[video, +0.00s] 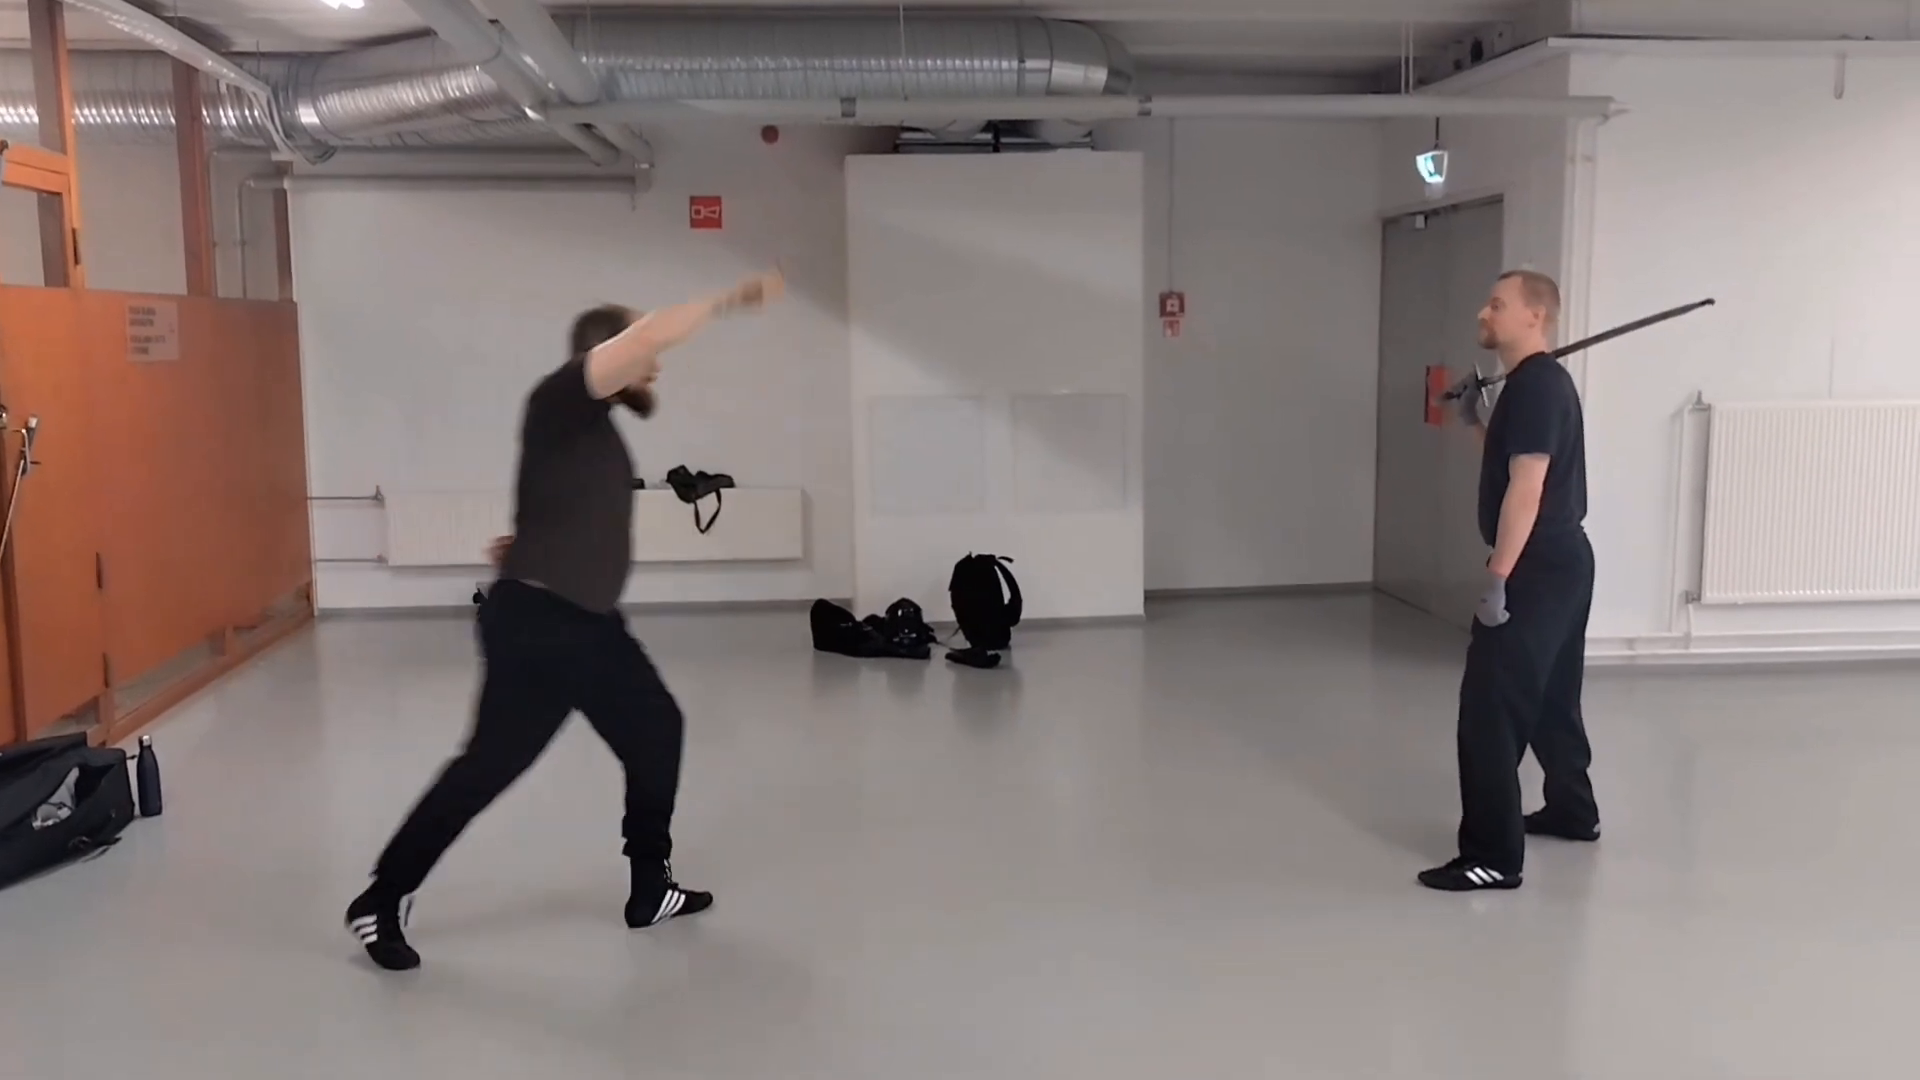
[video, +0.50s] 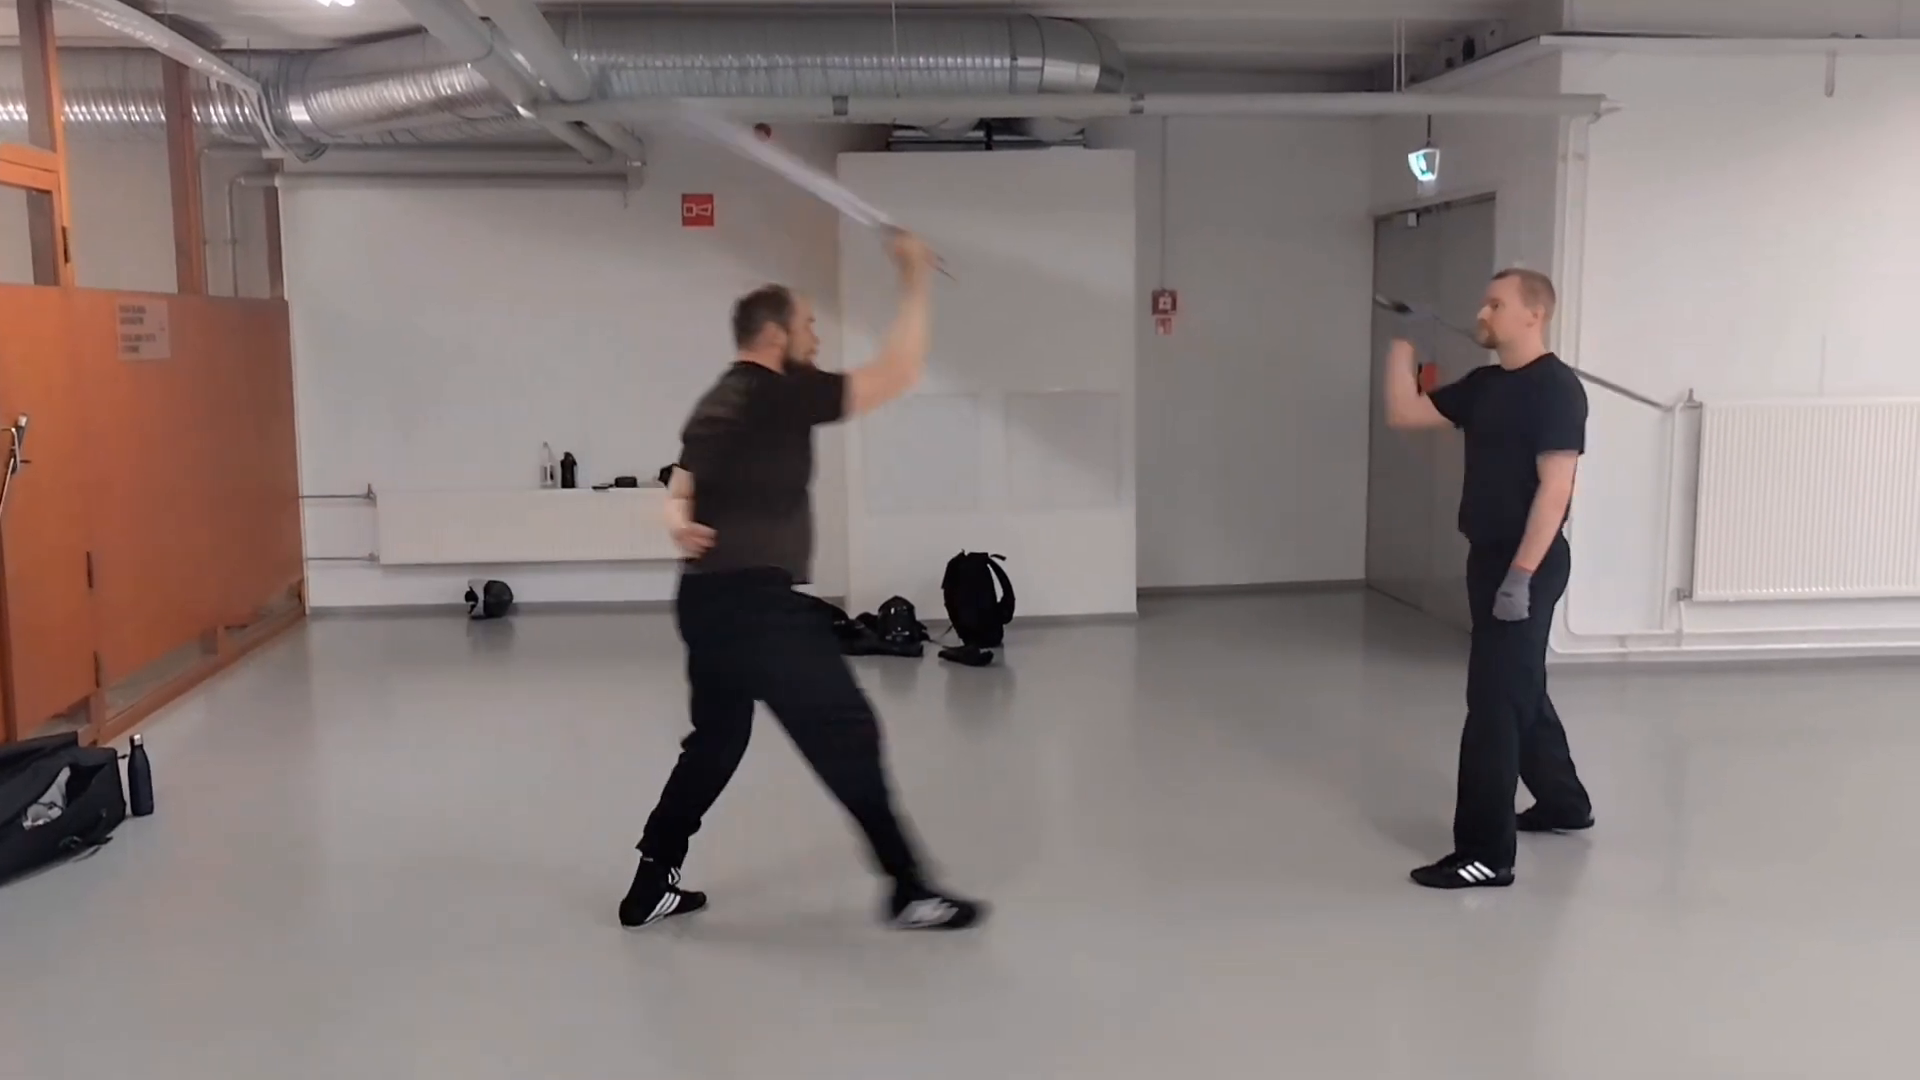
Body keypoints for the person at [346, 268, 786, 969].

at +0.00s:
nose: (656, 362)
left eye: (655, 350)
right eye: (645, 347)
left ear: (611, 355)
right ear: (607, 348)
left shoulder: (601, 432)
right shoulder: (560, 401)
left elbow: (588, 521)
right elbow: (643, 337)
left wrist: (526, 544)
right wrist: (724, 299)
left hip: (588, 625)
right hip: (533, 618)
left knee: (656, 734)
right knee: (491, 763)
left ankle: (650, 889)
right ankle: (379, 901)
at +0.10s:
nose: (695, 355)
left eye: (692, 341)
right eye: (682, 342)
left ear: (666, 350)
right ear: (649, 345)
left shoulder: (637, 420)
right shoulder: (604, 398)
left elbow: (625, 515)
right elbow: (675, 322)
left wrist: (568, 539)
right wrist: (732, 241)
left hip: (623, 614)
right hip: (581, 612)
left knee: (680, 735)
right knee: (565, 765)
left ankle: (652, 888)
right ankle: (427, 876)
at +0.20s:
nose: (725, 347)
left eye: (724, 335)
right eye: (713, 332)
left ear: (683, 344)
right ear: (679, 336)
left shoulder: (669, 415)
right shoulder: (647, 394)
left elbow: (668, 520)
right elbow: (713, 315)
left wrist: (608, 535)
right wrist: (741, 227)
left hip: (648, 601)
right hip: (623, 600)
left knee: (688, 740)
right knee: (663, 748)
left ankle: (652, 889)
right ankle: (522, 874)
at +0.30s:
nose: (751, 344)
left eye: (748, 332)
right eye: (744, 329)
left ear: (691, 332)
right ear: (714, 331)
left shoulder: (665, 399)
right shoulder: (702, 380)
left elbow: (675, 502)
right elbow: (769, 316)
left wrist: (638, 531)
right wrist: (776, 230)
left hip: (644, 588)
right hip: (675, 591)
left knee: (690, 742)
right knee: (726, 743)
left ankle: (651, 883)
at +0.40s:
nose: (782, 337)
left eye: (779, 324)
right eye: (774, 325)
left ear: (719, 334)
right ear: (741, 331)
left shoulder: (686, 399)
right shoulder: (743, 384)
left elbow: (660, 507)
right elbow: (833, 342)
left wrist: (660, 523)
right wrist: (837, 248)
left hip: (671, 592)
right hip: (715, 594)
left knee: (703, 740)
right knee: (795, 733)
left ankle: (649, 887)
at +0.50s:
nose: (816, 338)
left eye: (812, 326)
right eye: (808, 326)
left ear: (753, 338)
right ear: (774, 334)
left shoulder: (717, 403)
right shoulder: (787, 391)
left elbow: (681, 489)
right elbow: (897, 373)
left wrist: (678, 520)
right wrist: (917, 278)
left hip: (709, 597)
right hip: (763, 600)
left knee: (716, 743)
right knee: (845, 735)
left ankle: (650, 885)